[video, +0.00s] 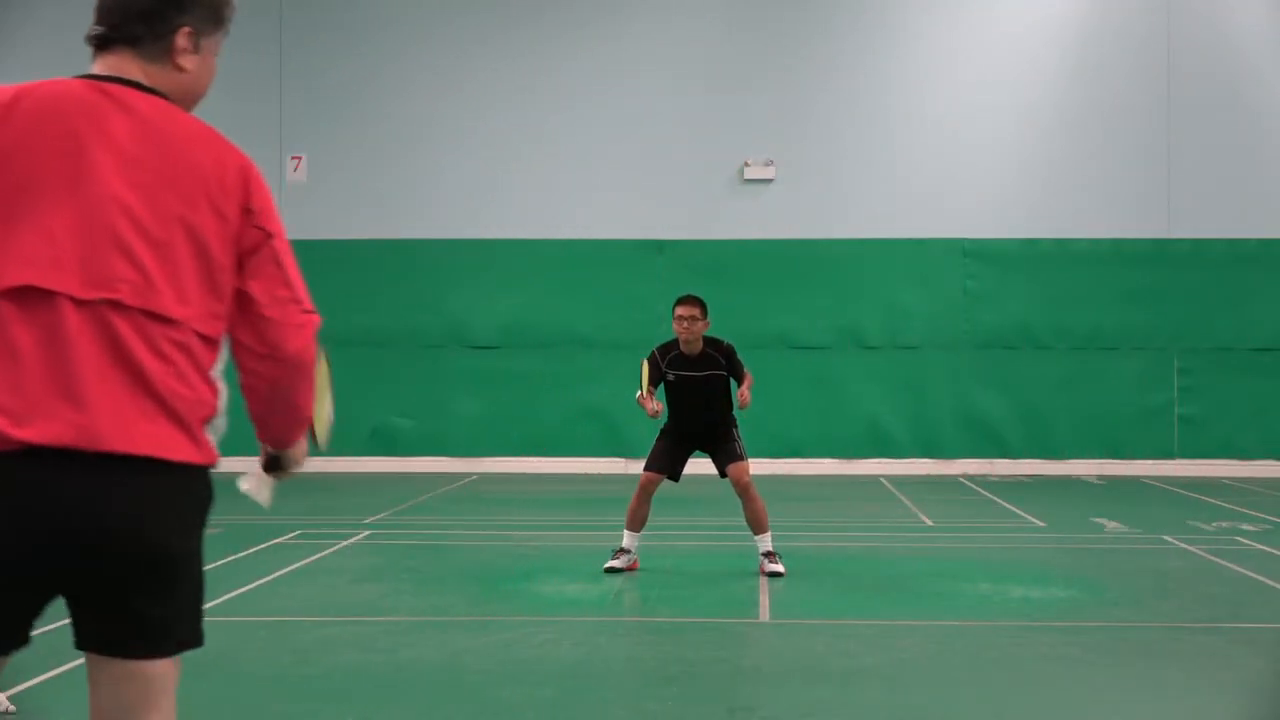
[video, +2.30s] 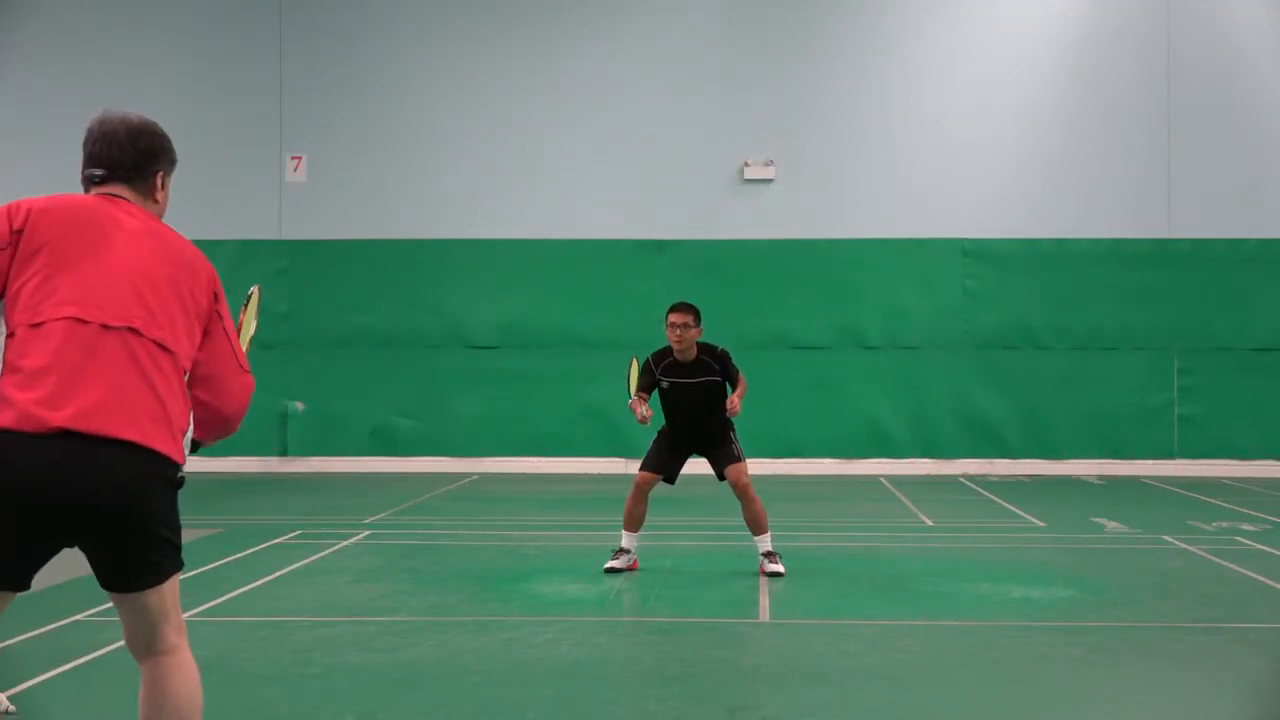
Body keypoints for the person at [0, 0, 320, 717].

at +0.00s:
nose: (214, 73)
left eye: (219, 54)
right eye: (217, 52)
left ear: (105, 33)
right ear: (184, 44)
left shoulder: (10, 111)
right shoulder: (223, 170)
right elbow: (282, 339)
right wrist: (284, 439)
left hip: (12, 469)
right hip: (147, 482)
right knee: (136, 708)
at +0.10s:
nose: (174, 81)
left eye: (178, 62)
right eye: (174, 61)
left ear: (62, 49)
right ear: (135, 55)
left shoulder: (4, 117)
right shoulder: (171, 170)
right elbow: (233, 336)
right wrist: (264, 397)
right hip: (94, 470)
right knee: (105, 704)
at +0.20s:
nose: (129, 106)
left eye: (133, 85)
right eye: (131, 82)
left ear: (24, 65)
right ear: (97, 74)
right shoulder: (101, 180)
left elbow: (181, 334)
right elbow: (183, 339)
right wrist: (260, 364)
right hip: (38, 474)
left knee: (71, 703)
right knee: (75, 705)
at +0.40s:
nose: (73, 106)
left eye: (75, 86)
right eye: (74, 86)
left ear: (16, 84)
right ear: (50, 88)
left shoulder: (27, 174)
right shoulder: (31, 172)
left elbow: (64, 314)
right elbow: (70, 316)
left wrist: (186, 370)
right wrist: (189, 369)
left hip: (14, 467)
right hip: (5, 468)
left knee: (31, 678)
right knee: (38, 681)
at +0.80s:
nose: (73, 140)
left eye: (75, 123)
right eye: (61, 118)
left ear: (8, 112)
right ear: (6, 109)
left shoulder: (16, 203)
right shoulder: (15, 208)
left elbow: (58, 330)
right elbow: (67, 338)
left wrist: (111, 406)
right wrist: (118, 412)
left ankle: (4, 696)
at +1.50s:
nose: (147, 186)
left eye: (151, 171)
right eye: (136, 166)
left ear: (78, 162)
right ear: (80, 159)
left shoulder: (14, 213)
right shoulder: (81, 248)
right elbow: (132, 387)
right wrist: (187, 435)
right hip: (19, 485)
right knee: (105, 654)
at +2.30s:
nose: (168, 194)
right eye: (169, 182)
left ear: (88, 175)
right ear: (159, 183)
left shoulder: (26, 218)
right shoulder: (193, 266)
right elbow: (225, 404)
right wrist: (190, 422)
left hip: (20, 452)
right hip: (134, 466)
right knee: (162, 647)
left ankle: (3, 702)